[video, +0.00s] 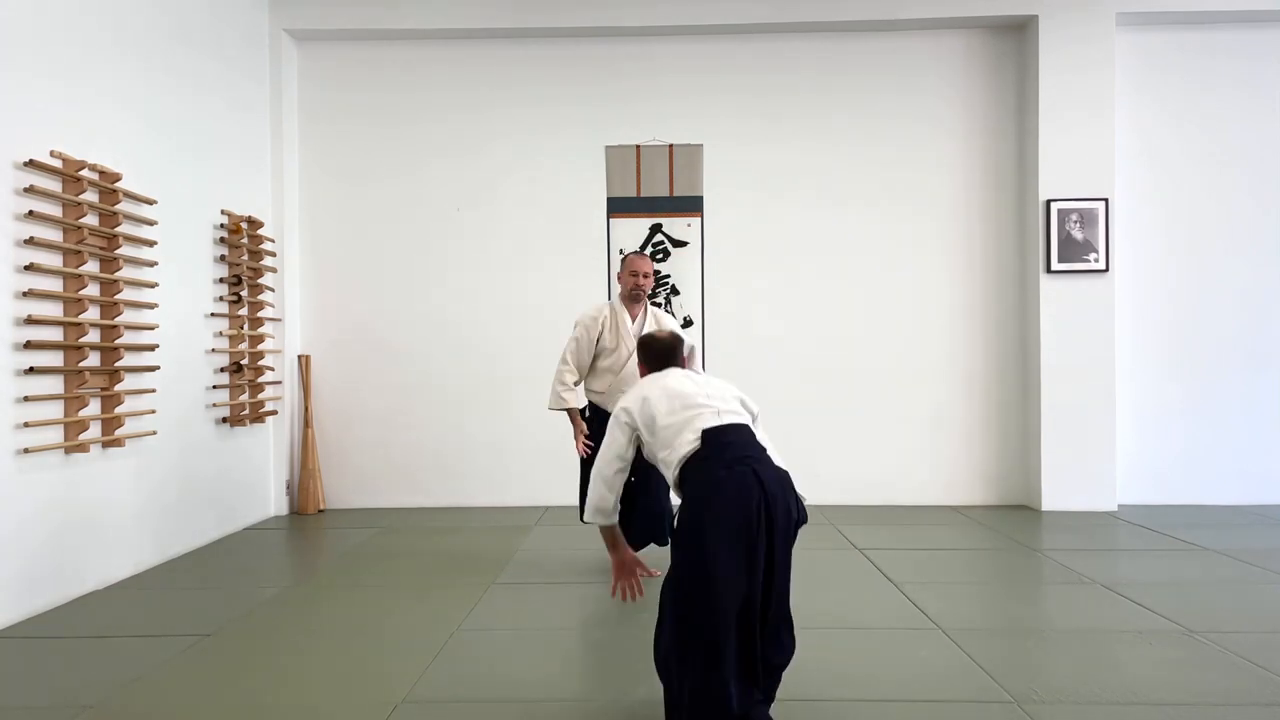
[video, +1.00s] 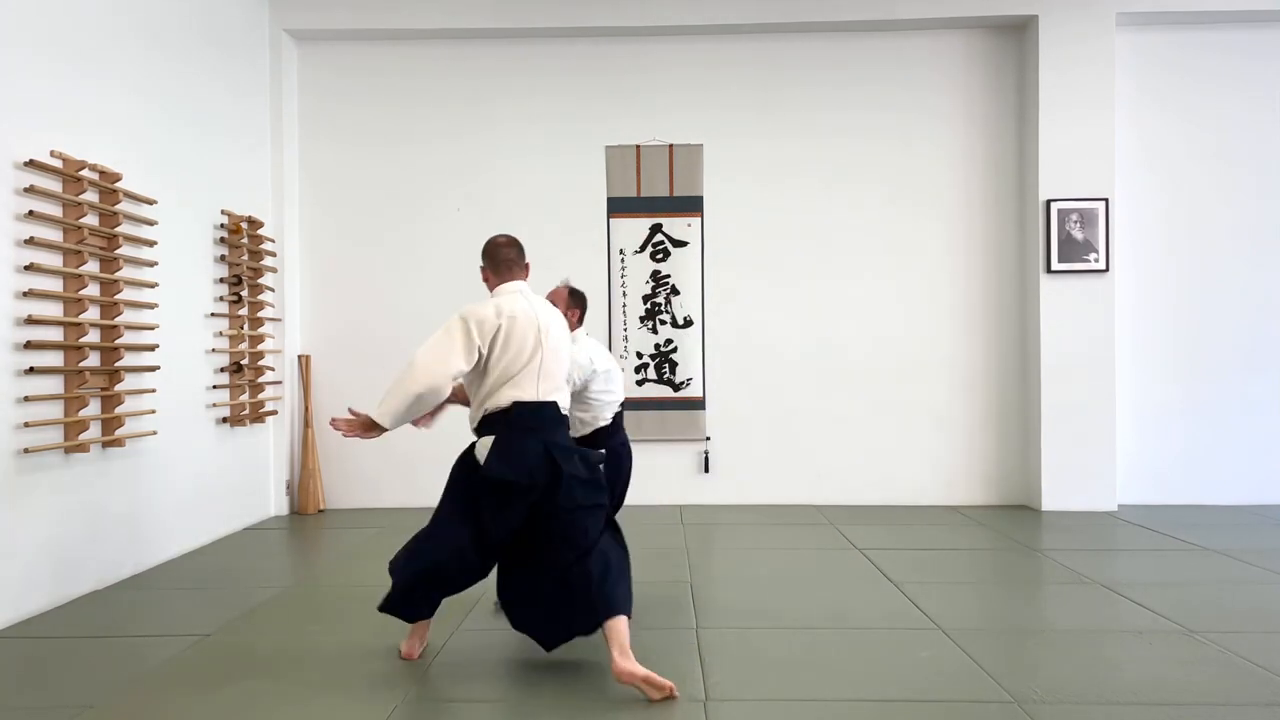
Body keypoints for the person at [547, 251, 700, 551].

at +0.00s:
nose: (640, 282)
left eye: (646, 276)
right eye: (633, 275)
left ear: (653, 282)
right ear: (619, 278)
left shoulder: (664, 323)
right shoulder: (595, 319)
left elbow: (686, 367)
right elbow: (567, 373)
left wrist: (678, 410)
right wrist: (576, 419)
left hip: (651, 416)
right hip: (605, 417)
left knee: (651, 492)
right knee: (604, 487)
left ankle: (628, 555)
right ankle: (620, 559)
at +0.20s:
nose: (633, 286)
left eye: (639, 280)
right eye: (626, 279)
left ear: (643, 286)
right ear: (609, 282)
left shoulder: (647, 328)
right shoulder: (589, 324)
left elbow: (663, 368)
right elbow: (560, 372)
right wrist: (576, 409)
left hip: (633, 428)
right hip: (588, 430)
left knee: (646, 494)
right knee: (588, 505)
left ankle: (626, 560)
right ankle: (549, 562)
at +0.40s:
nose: (615, 284)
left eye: (620, 278)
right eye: (608, 277)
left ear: (622, 283)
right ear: (586, 279)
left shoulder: (617, 325)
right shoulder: (564, 318)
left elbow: (615, 380)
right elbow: (592, 331)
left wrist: (637, 418)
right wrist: (635, 315)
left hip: (592, 430)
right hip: (553, 427)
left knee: (626, 498)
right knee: (574, 504)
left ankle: (615, 550)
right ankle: (533, 595)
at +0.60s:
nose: (565, 256)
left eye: (563, 250)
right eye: (560, 250)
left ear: (532, 256)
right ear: (540, 255)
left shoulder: (519, 297)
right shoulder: (542, 292)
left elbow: (532, 368)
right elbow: (601, 290)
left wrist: (576, 401)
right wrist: (621, 269)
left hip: (521, 415)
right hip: (546, 420)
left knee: (516, 504)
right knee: (546, 508)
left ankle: (467, 581)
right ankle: (530, 594)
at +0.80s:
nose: (505, 271)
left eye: (469, 271)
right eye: (508, 263)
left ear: (468, 274)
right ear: (508, 264)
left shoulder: (455, 317)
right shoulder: (541, 299)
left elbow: (446, 394)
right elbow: (565, 338)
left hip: (488, 434)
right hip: (542, 433)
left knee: (439, 520)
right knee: (562, 514)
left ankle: (419, 628)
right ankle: (532, 600)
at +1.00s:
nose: (485, 279)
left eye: (483, 274)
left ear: (485, 275)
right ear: (528, 270)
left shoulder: (478, 316)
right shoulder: (554, 319)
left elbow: (425, 373)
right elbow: (520, 388)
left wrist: (379, 420)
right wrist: (451, 397)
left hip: (499, 451)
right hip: (560, 452)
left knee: (447, 538)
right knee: (601, 543)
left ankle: (416, 636)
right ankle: (623, 654)